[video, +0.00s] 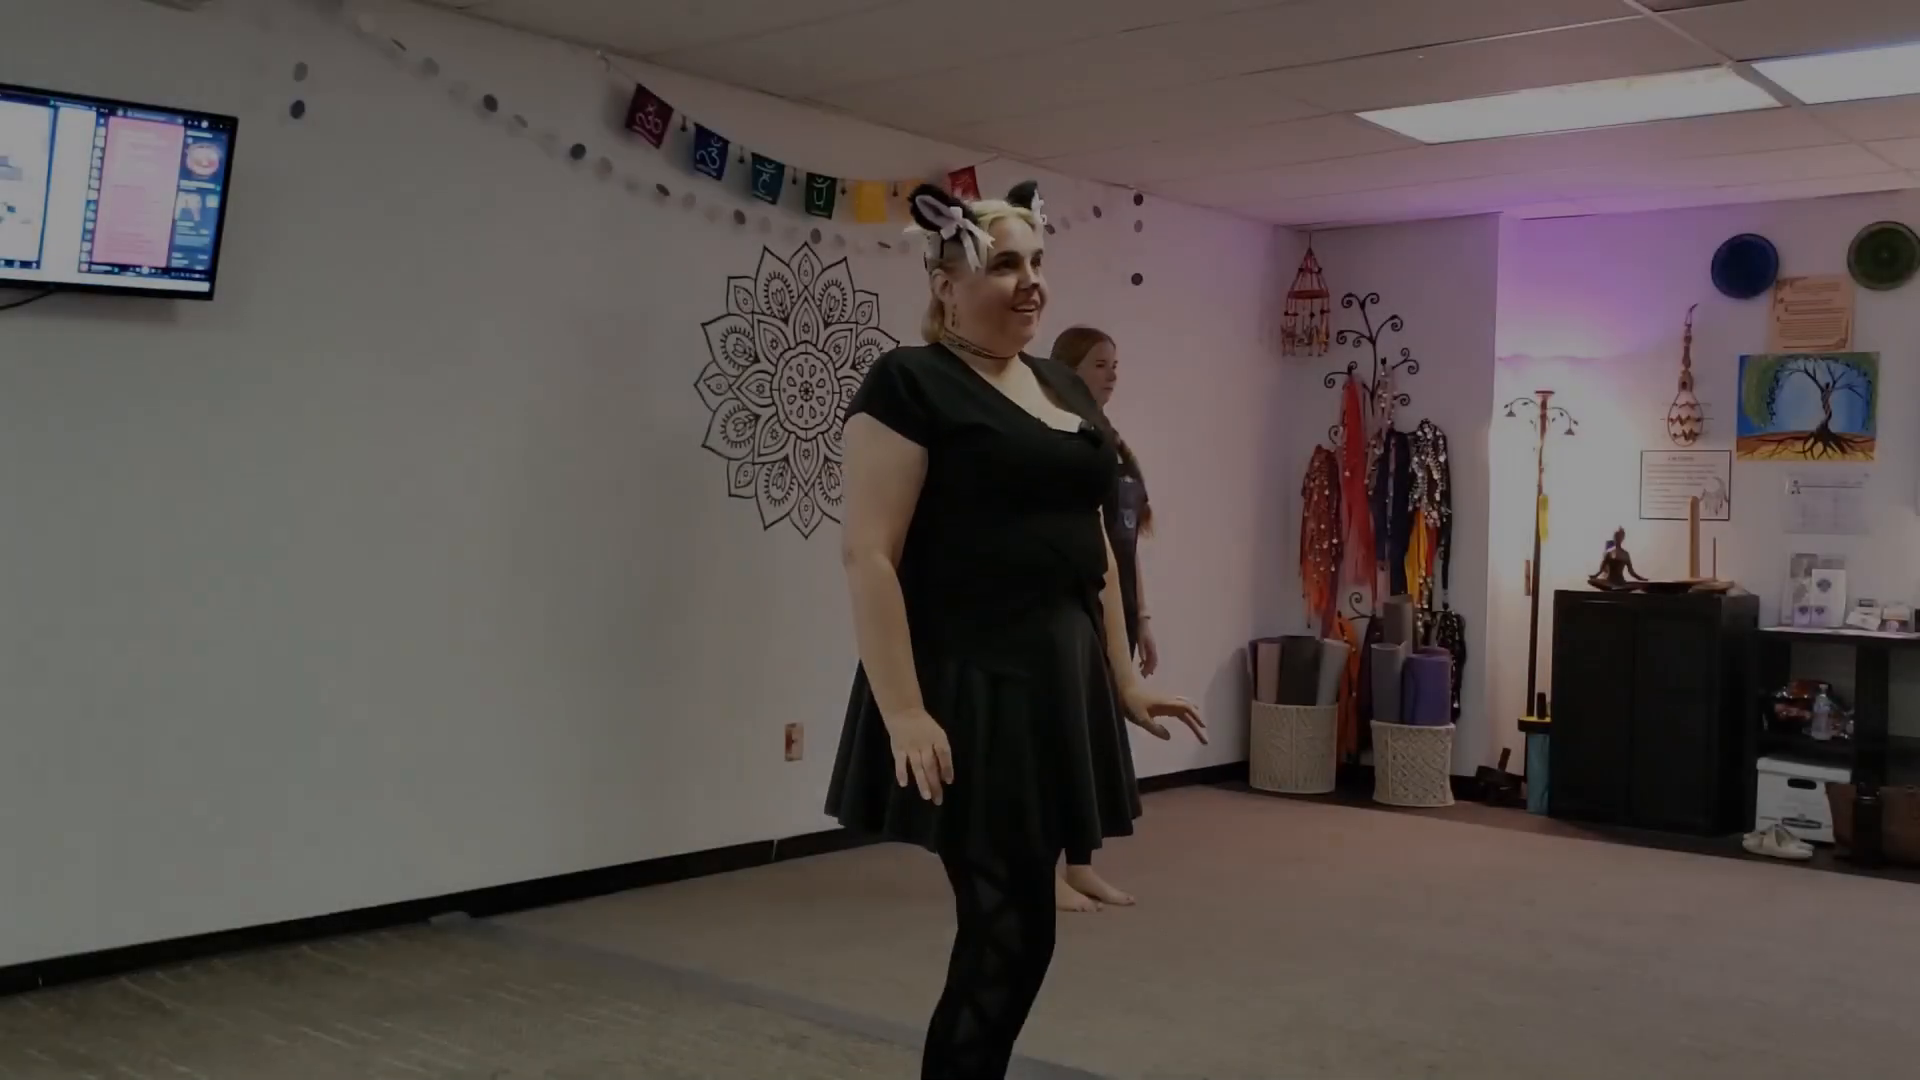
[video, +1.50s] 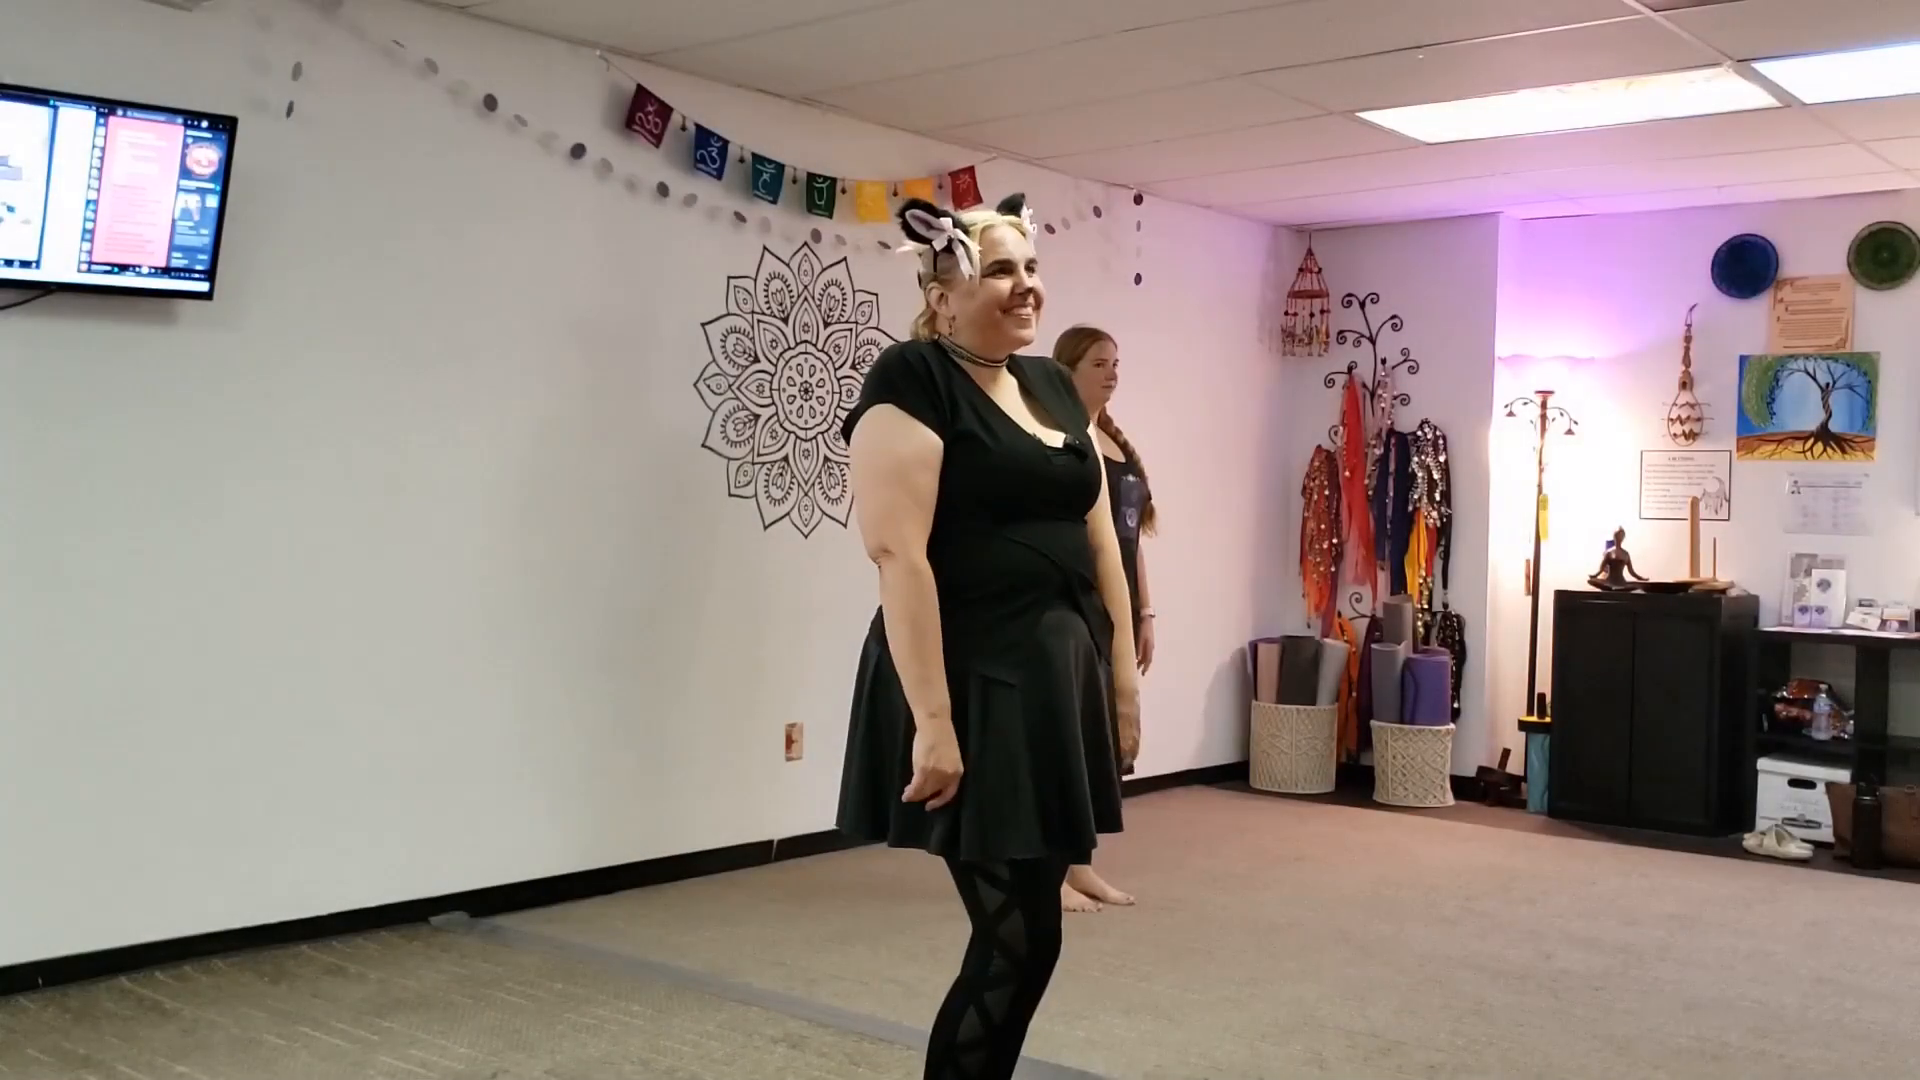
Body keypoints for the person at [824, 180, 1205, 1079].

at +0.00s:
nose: (1031, 282)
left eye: (1039, 264)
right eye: (1005, 265)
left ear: (1046, 277)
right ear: (947, 286)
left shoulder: (1056, 388)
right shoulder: (908, 383)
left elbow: (1093, 549)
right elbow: (868, 554)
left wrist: (1127, 683)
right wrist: (903, 712)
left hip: (1051, 688)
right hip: (960, 692)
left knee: (1004, 941)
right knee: (1011, 943)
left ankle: (964, 1068)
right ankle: (954, 1070)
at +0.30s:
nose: (1027, 283)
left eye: (1035, 267)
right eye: (1001, 266)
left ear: (1043, 282)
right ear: (943, 285)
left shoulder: (1056, 393)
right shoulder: (904, 386)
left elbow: (1093, 555)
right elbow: (866, 559)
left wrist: (1115, 687)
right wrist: (910, 716)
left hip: (1056, 688)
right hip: (963, 690)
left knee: (1009, 936)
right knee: (1015, 941)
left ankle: (964, 1066)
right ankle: (959, 1068)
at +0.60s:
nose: (1028, 281)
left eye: (1035, 265)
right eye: (1003, 263)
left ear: (1043, 279)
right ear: (942, 282)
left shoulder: (1053, 393)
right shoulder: (900, 388)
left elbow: (1093, 545)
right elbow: (860, 565)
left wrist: (1115, 666)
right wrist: (906, 720)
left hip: (1056, 686)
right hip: (959, 688)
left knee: (1019, 937)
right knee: (1014, 940)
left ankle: (969, 1071)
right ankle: (954, 1069)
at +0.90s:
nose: (1016, 282)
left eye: (1025, 267)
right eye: (989, 269)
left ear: (1036, 284)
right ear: (939, 296)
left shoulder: (1049, 382)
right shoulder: (911, 374)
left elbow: (1100, 530)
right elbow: (889, 546)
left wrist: (1122, 662)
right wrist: (934, 713)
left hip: (1058, 679)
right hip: (967, 687)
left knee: (1023, 938)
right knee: (1016, 942)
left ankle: (972, 1072)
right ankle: (956, 1072)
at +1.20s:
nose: (1018, 279)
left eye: (1024, 264)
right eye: (990, 268)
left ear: (1034, 281)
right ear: (939, 296)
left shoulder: (1052, 381)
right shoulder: (909, 379)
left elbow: (1101, 526)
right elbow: (895, 550)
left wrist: (1125, 665)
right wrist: (937, 715)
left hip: (1060, 677)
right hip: (968, 686)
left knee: (1021, 936)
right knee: (1017, 941)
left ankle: (972, 1068)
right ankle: (957, 1070)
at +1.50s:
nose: (1027, 284)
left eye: (1031, 269)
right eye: (1000, 271)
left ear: (1039, 282)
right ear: (941, 298)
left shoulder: (1051, 386)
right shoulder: (910, 379)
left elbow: (1102, 535)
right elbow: (897, 554)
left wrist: (1124, 675)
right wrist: (931, 720)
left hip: (1060, 683)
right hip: (968, 689)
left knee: (1021, 937)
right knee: (1019, 941)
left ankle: (969, 1069)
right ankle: (957, 1072)